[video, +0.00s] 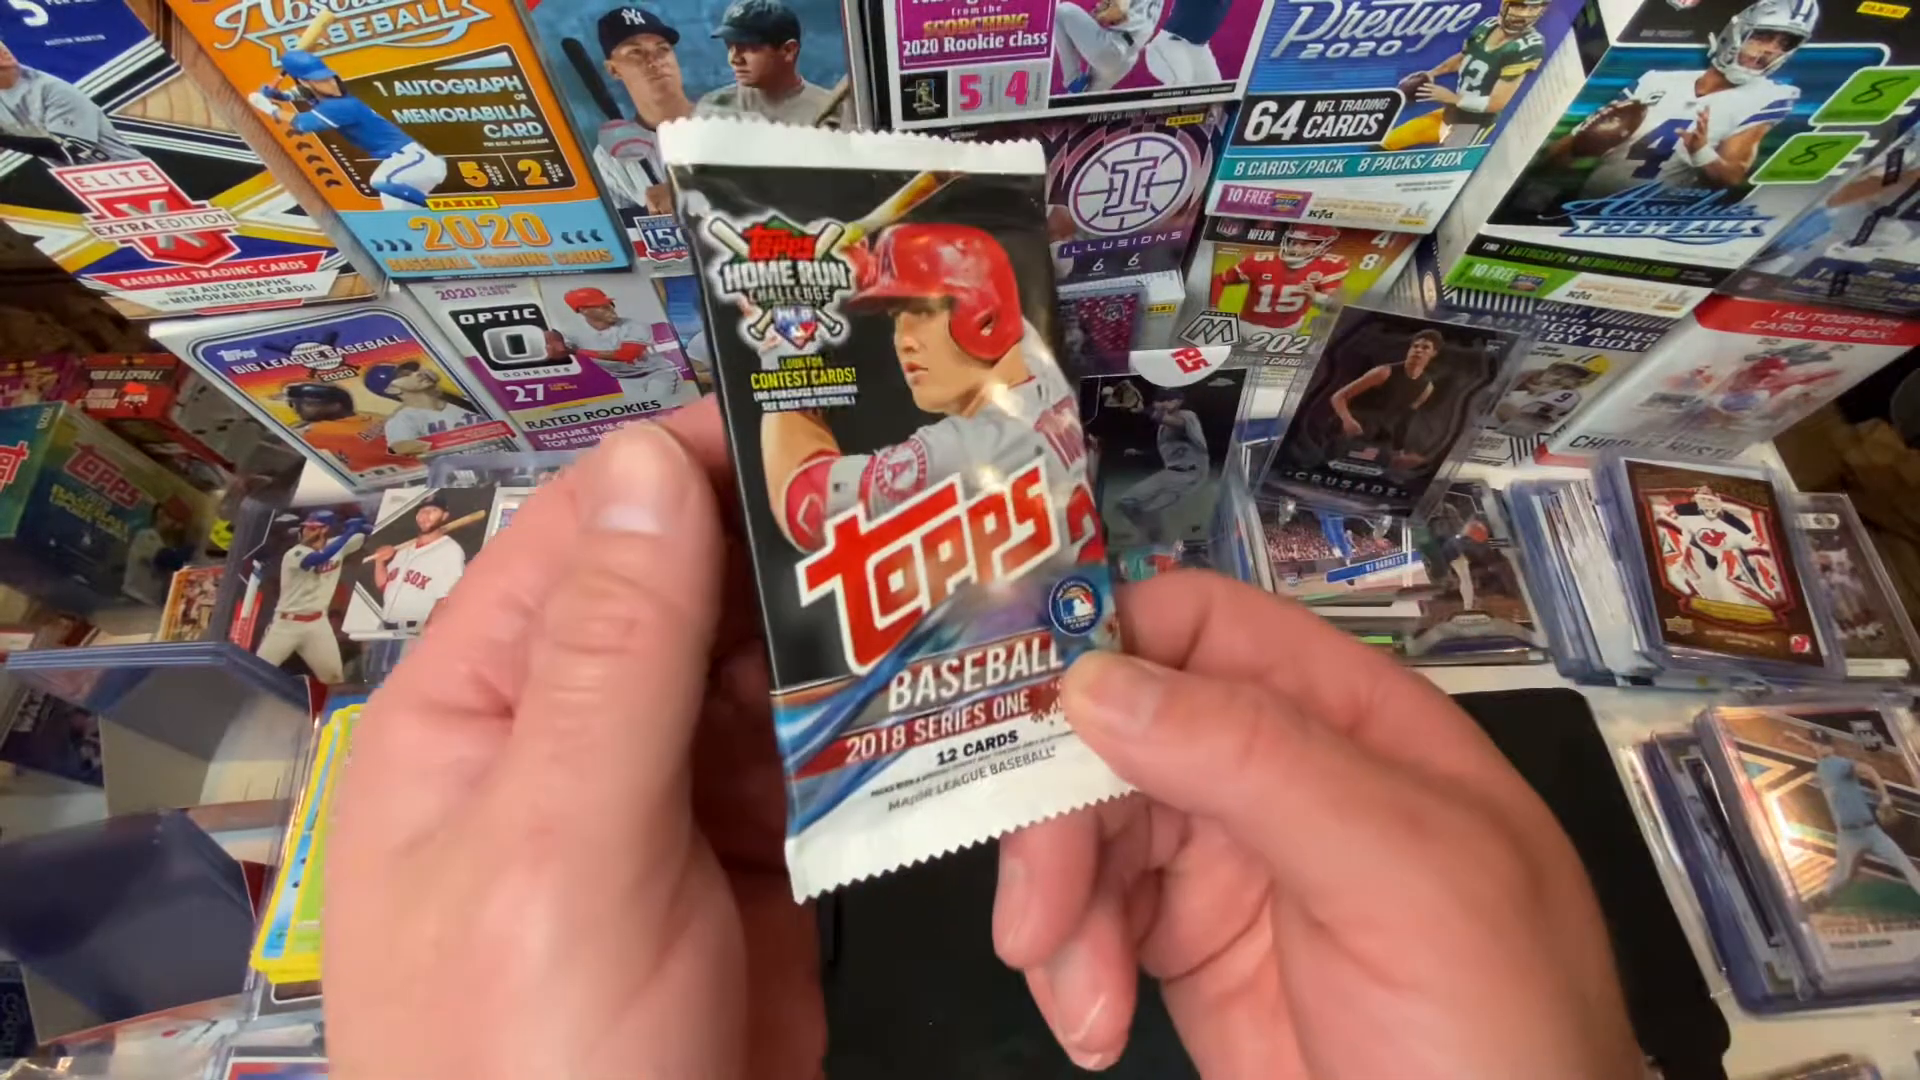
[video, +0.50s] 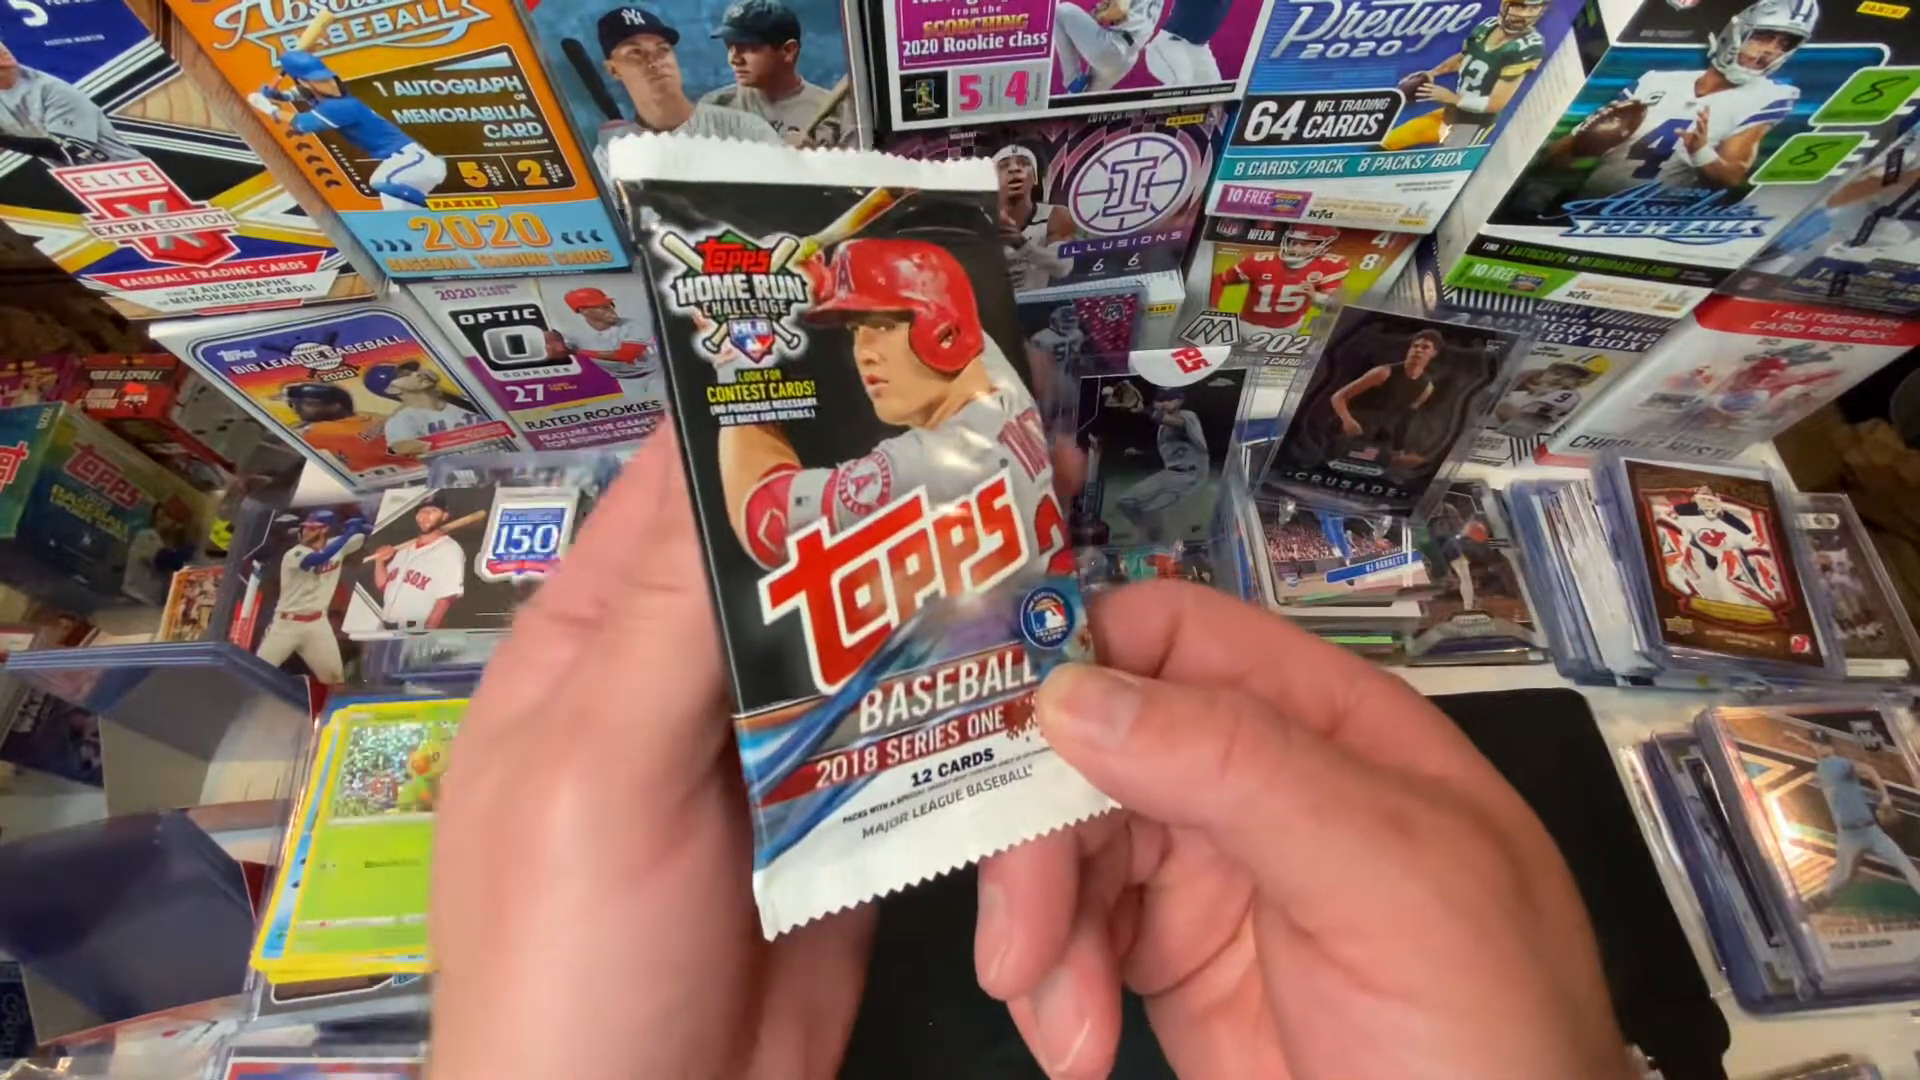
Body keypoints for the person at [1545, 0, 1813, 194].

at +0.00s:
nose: (1770, 51)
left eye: (1784, 45)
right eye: (1764, 37)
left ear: (1789, 56)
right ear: (1738, 33)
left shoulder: (1761, 101)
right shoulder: (1658, 83)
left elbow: (1735, 176)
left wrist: (1702, 154)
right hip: (1593, 207)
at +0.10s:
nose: (1771, 51)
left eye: (1784, 45)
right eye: (1764, 37)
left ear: (1790, 55)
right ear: (1738, 32)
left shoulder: (1764, 100)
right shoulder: (1658, 83)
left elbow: (1735, 176)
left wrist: (1703, 154)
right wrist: (1583, 142)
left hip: (1658, 224)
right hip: (1591, 206)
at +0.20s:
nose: (1771, 51)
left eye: (1784, 45)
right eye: (1764, 37)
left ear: (1790, 55)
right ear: (1738, 32)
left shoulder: (1763, 100)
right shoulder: (1658, 83)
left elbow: (1735, 176)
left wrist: (1703, 154)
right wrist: (1583, 141)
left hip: (1658, 224)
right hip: (1592, 206)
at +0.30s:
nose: (1770, 51)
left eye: (1784, 45)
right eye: (1764, 37)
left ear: (1789, 56)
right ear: (1738, 33)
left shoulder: (1763, 100)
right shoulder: (1658, 83)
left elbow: (1735, 176)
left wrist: (1703, 155)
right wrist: (1584, 141)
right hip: (1590, 205)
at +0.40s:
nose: (1771, 51)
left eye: (1784, 45)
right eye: (1765, 37)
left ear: (1790, 55)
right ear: (1738, 32)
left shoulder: (1763, 100)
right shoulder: (1658, 82)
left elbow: (1736, 176)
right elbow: (1565, 151)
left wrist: (1703, 154)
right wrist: (1586, 140)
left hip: (1657, 223)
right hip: (1591, 204)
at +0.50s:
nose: (1770, 52)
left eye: (1783, 45)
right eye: (1764, 37)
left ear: (1789, 56)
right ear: (1737, 33)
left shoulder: (1762, 100)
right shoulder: (1657, 83)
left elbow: (1735, 177)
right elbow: (1561, 153)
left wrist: (1703, 154)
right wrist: (1585, 140)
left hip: (1658, 224)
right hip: (1591, 206)